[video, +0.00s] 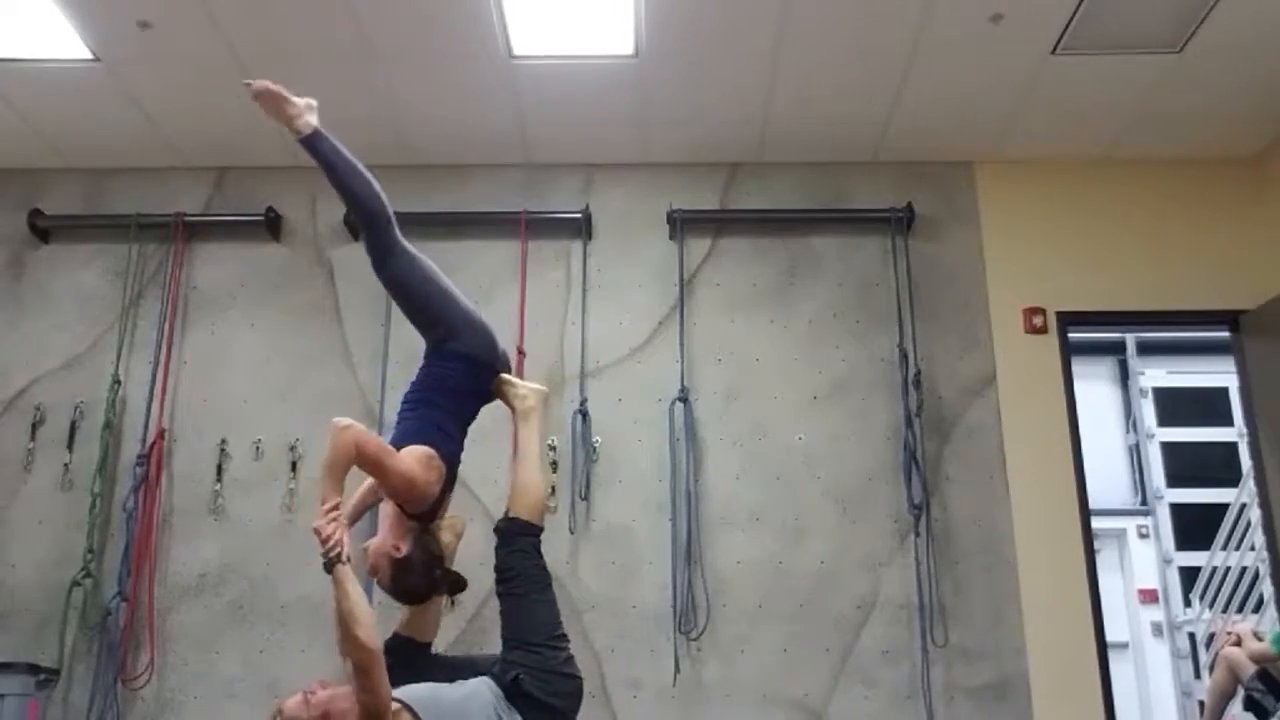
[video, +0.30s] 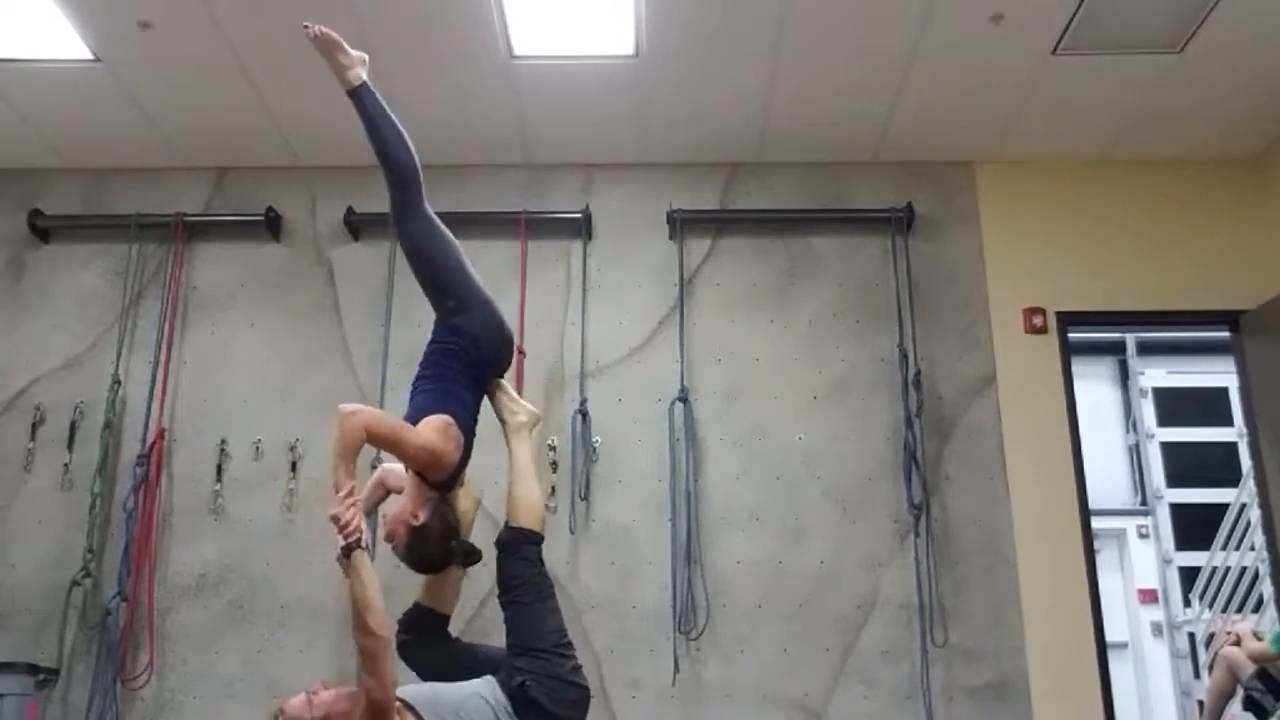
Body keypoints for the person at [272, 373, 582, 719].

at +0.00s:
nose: (315, 692)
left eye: (306, 694)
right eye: (313, 708)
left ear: (320, 688)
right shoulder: (380, 712)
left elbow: (451, 527)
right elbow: (362, 648)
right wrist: (339, 563)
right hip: (539, 697)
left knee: (408, 661)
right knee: (518, 541)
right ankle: (528, 409)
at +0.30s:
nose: (319, 687)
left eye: (309, 692)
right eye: (313, 703)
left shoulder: (382, 703)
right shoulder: (380, 712)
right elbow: (374, 635)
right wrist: (353, 548)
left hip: (517, 688)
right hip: (547, 700)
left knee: (418, 635)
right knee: (519, 553)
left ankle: (465, 500)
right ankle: (521, 430)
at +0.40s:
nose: (320, 688)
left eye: (310, 693)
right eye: (314, 703)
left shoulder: (376, 702)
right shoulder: (381, 710)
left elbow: (370, 630)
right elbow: (377, 629)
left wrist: (350, 543)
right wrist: (356, 540)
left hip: (516, 689)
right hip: (549, 700)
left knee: (429, 628)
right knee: (522, 557)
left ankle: (468, 501)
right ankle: (528, 429)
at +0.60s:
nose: (317, 687)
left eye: (307, 691)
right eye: (310, 701)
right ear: (325, 718)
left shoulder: (378, 699)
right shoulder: (381, 709)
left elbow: (376, 634)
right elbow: (380, 633)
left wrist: (359, 561)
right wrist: (365, 556)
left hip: (515, 693)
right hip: (549, 699)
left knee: (452, 601)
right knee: (510, 558)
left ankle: (478, 474)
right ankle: (537, 438)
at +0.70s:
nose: (321, 685)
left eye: (307, 690)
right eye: (310, 700)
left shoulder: (377, 699)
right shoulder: (379, 712)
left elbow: (382, 636)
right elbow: (390, 635)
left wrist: (374, 556)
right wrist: (377, 556)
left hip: (518, 699)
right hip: (547, 706)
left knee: (477, 574)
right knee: (469, 576)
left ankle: (489, 495)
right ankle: (543, 467)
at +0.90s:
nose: (319, 687)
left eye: (307, 691)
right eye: (312, 702)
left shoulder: (385, 703)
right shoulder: (380, 712)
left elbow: (387, 640)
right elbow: (392, 639)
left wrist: (378, 554)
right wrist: (383, 556)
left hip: (520, 699)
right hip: (543, 705)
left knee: (473, 591)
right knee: (439, 598)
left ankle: (503, 477)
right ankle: (505, 480)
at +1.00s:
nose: (320, 687)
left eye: (309, 691)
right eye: (313, 702)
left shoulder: (381, 700)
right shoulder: (381, 711)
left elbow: (381, 643)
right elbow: (401, 640)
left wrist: (372, 569)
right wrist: (397, 549)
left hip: (521, 698)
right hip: (545, 701)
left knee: (467, 590)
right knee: (428, 594)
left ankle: (486, 475)